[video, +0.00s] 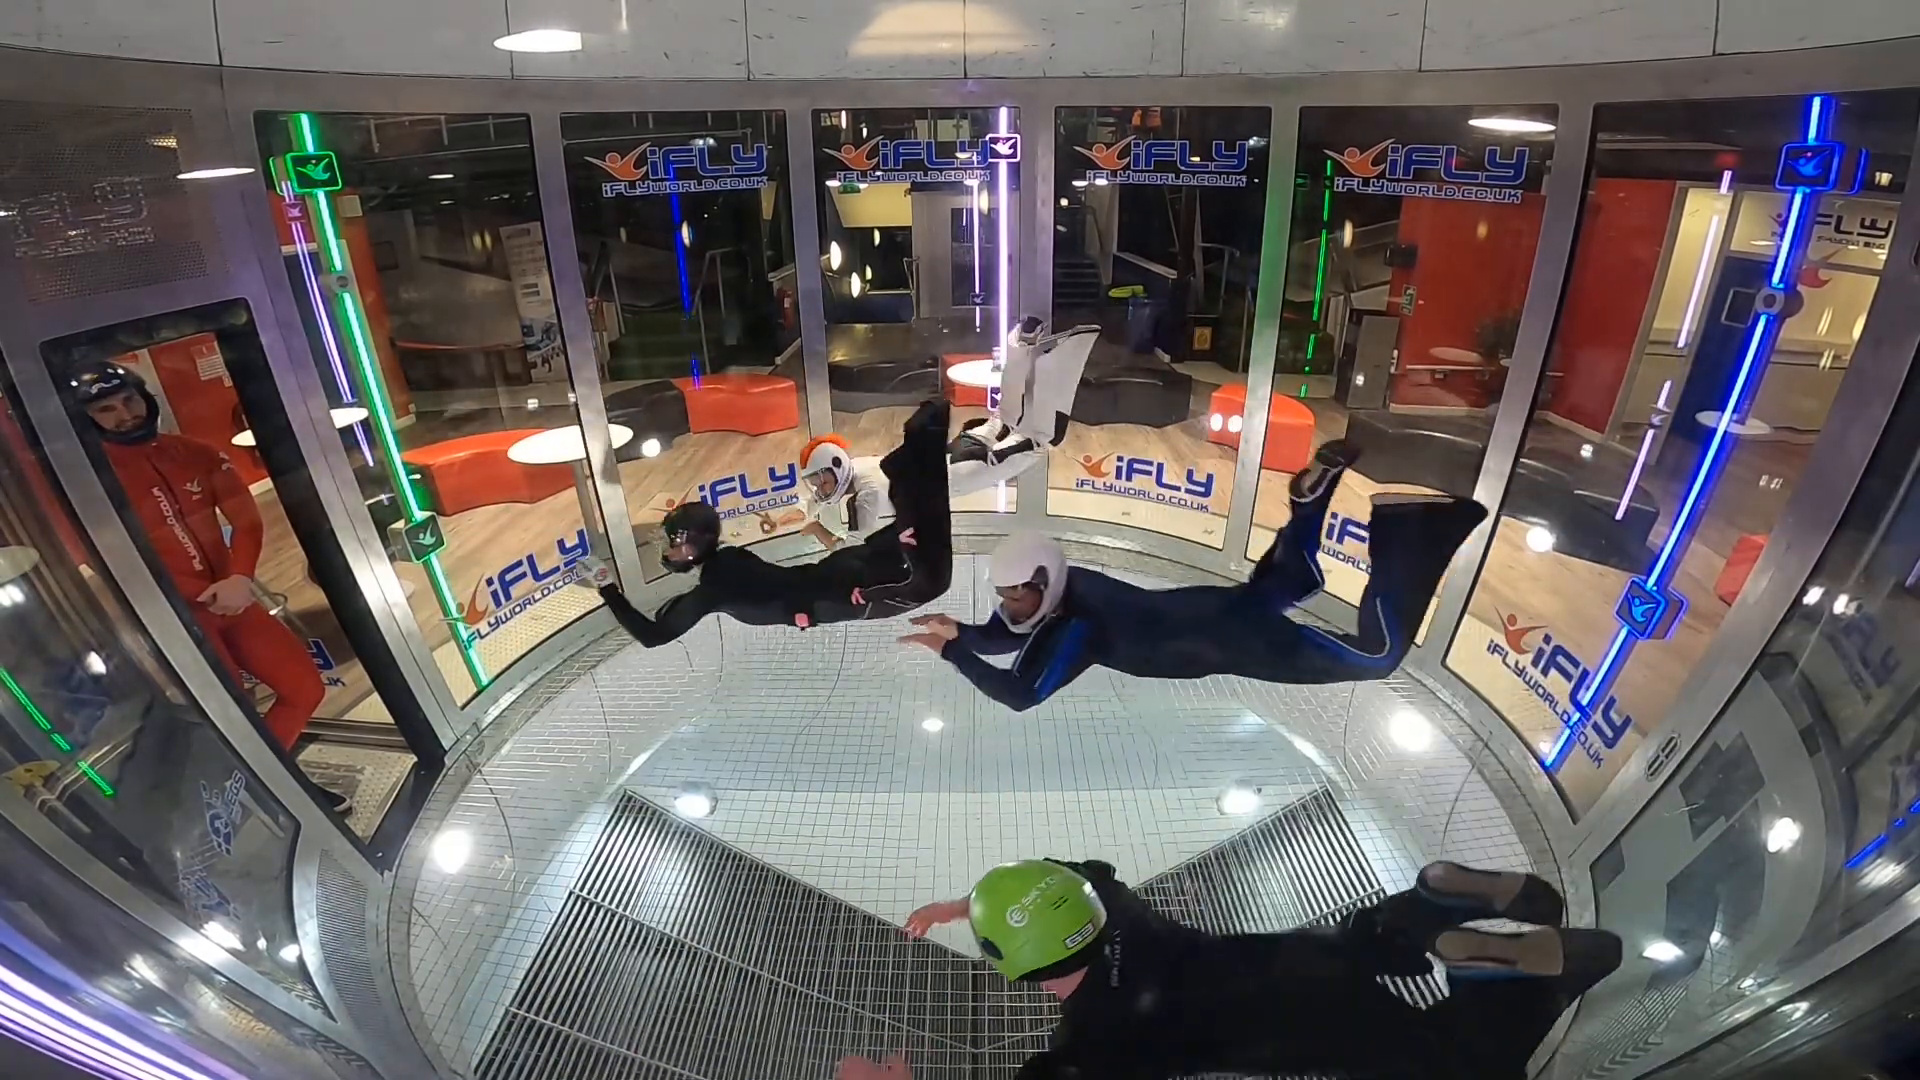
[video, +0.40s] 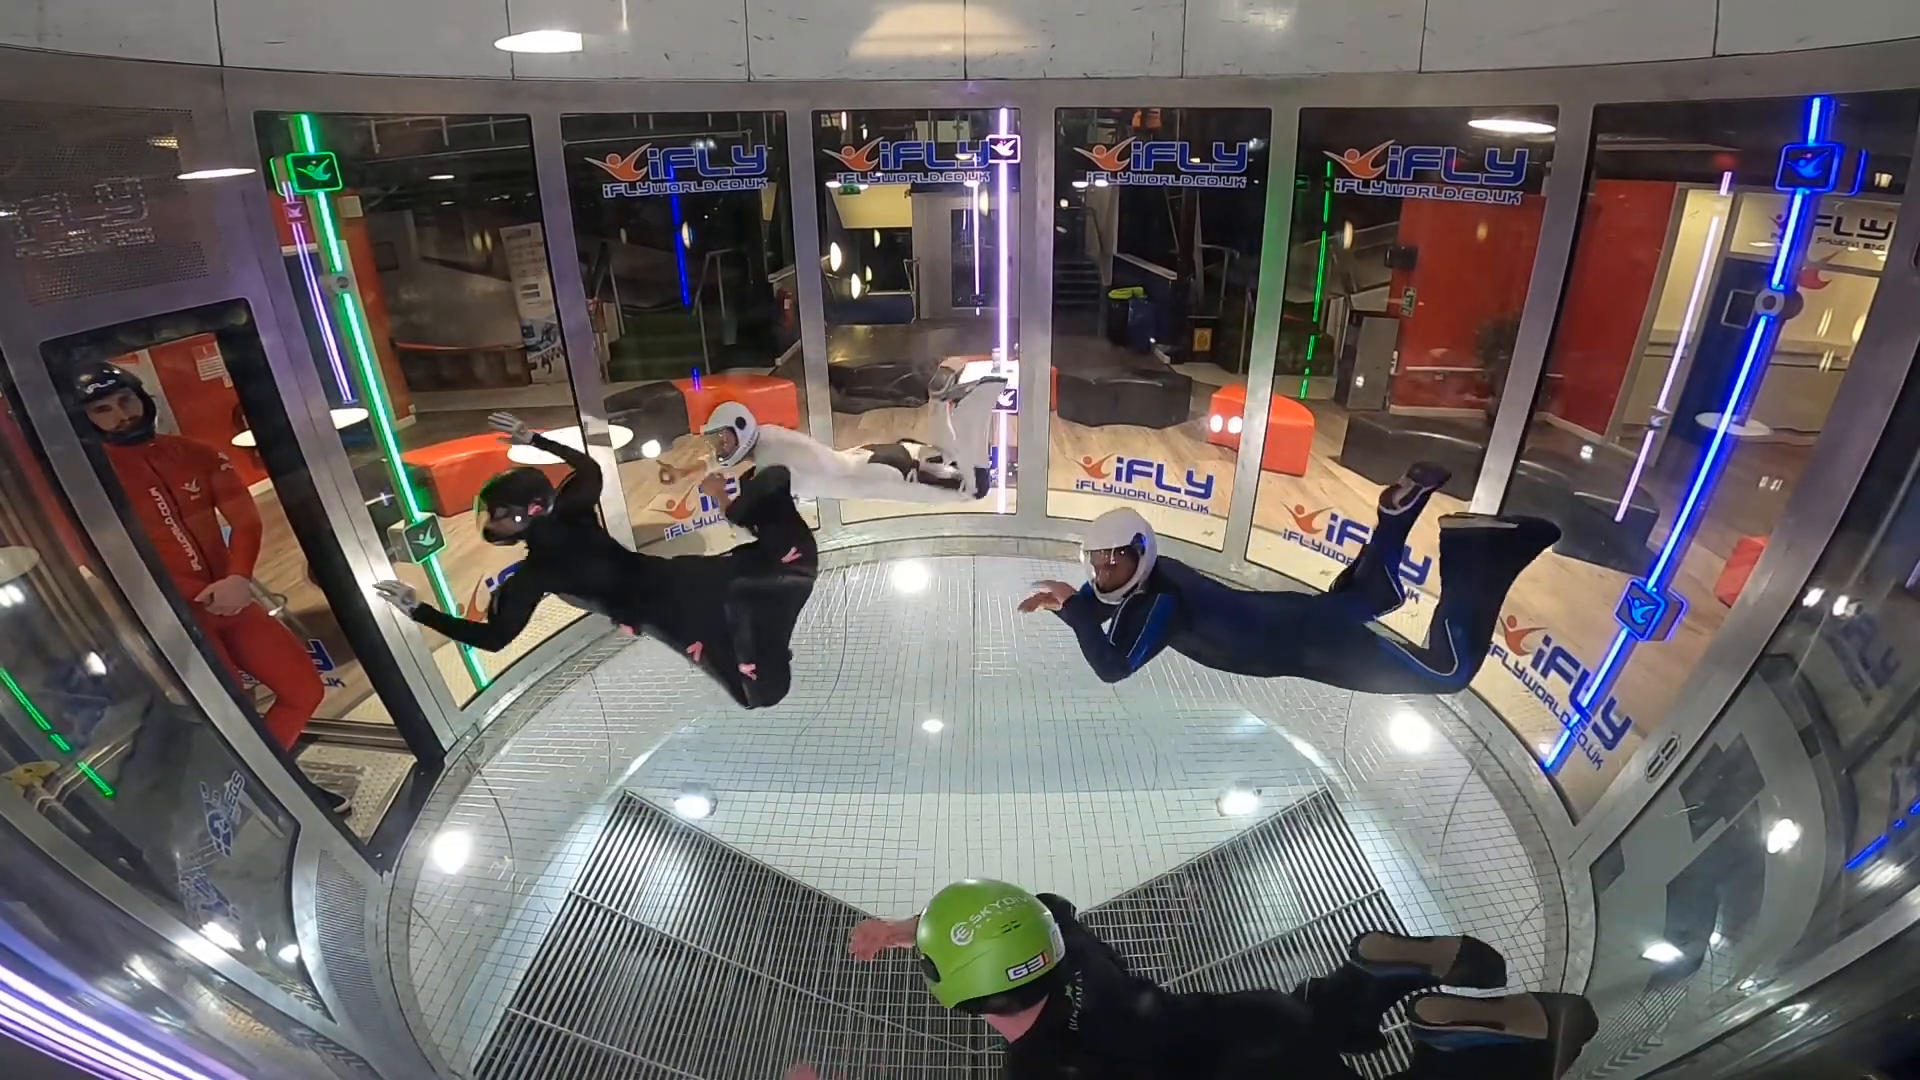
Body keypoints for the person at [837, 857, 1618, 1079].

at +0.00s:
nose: (1016, 977)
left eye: (1017, 966)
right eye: (1018, 963)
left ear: (1049, 972)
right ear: (1072, 908)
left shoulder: (1106, 1035)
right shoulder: (1110, 906)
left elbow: (1032, 1079)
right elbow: (1055, 879)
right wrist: (962, 908)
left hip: (1318, 1024)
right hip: (1305, 948)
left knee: (1447, 1027)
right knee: (1391, 927)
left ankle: (1556, 966)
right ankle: (1491, 901)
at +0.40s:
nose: (986, 1019)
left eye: (994, 1006)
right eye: (974, 1003)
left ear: (1032, 987)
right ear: (1021, 935)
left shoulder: (1067, 1058)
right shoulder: (1051, 930)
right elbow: (994, 914)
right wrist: (906, 933)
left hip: (1252, 1062)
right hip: (1222, 1008)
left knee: (1380, 1062)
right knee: (1324, 1009)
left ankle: (1514, 1030)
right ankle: (1404, 965)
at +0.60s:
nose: (1016, 1011)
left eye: (1024, 995)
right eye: (1006, 997)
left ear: (1048, 977)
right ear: (1050, 918)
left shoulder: (1079, 1058)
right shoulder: (1077, 919)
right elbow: (1026, 900)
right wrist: (943, 923)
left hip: (1259, 1057)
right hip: (1237, 1002)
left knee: (1374, 1059)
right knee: (1333, 998)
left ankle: (1474, 1035)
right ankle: (1439, 956)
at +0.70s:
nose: (1015, 984)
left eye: (1014, 972)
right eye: (1014, 969)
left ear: (1035, 978)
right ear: (1076, 908)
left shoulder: (1097, 1049)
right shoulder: (1110, 921)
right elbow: (1060, 881)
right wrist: (964, 912)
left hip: (1306, 1052)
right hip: (1285, 981)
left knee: (1420, 1059)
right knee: (1370, 974)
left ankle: (1511, 1022)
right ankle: (1466, 929)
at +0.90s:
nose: (1072, 936)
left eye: (1074, 927)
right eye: (1067, 921)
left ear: (1099, 929)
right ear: (1123, 877)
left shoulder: (1151, 999)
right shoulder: (1157, 887)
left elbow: (1137, 1073)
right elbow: (1095, 869)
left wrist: (1011, 1077)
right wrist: (1019, 878)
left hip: (1350, 1003)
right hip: (1344, 932)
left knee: (1493, 1009)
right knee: (1428, 922)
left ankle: (1610, 917)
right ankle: (1479, 855)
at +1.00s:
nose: (1113, 908)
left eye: (1112, 902)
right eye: (1110, 895)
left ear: (1130, 903)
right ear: (1151, 860)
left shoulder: (1175, 961)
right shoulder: (1185, 860)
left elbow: (1169, 1067)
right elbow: (1136, 831)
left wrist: (1059, 1041)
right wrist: (1063, 848)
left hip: (1391, 963)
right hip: (1375, 896)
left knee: (1540, 969)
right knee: (1455, 892)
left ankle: (1606, 863)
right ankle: (1494, 812)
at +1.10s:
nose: (1127, 864)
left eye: (1130, 857)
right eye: (1128, 849)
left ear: (1158, 862)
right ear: (1180, 819)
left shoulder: (1200, 919)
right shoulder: (1207, 824)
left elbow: (1194, 1034)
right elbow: (1162, 817)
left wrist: (1104, 992)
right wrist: (1099, 834)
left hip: (1413, 918)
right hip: (1393, 861)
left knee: (1567, 926)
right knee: (1468, 846)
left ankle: (1624, 809)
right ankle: (1533, 769)